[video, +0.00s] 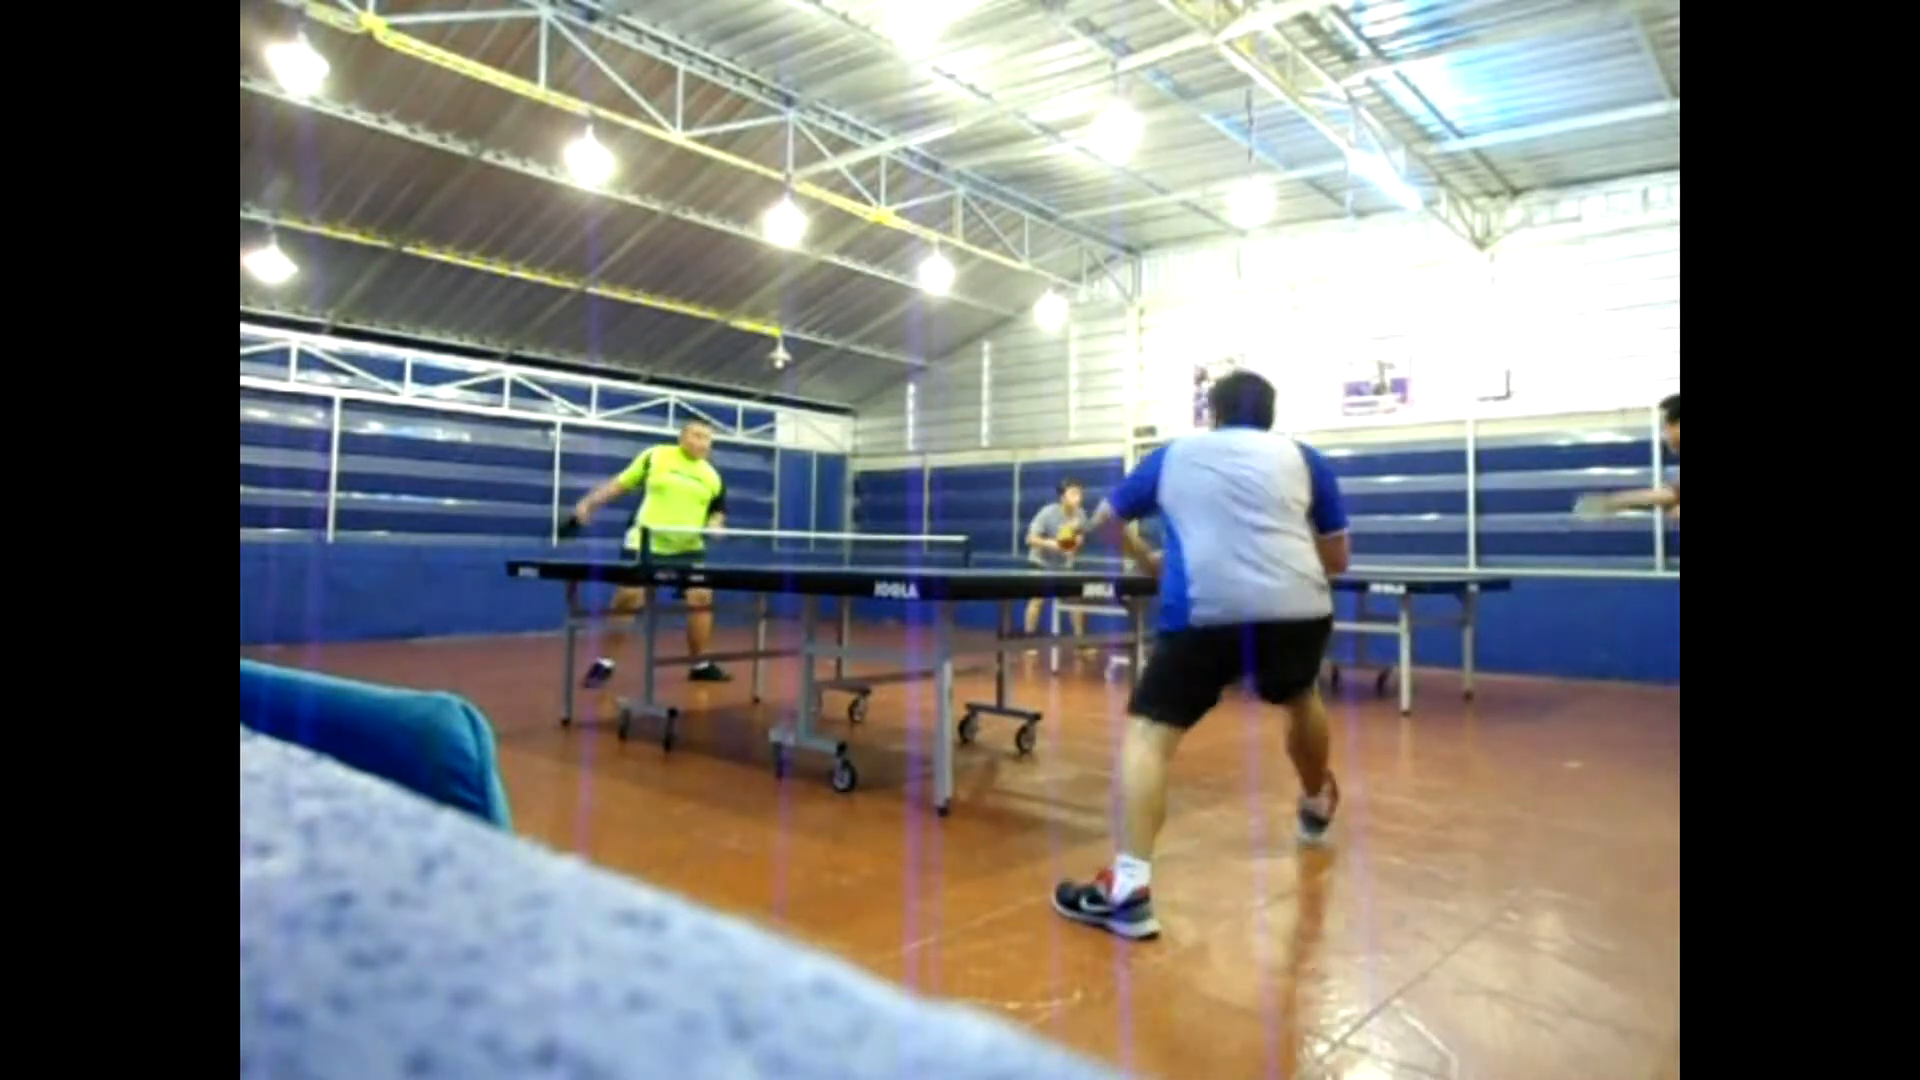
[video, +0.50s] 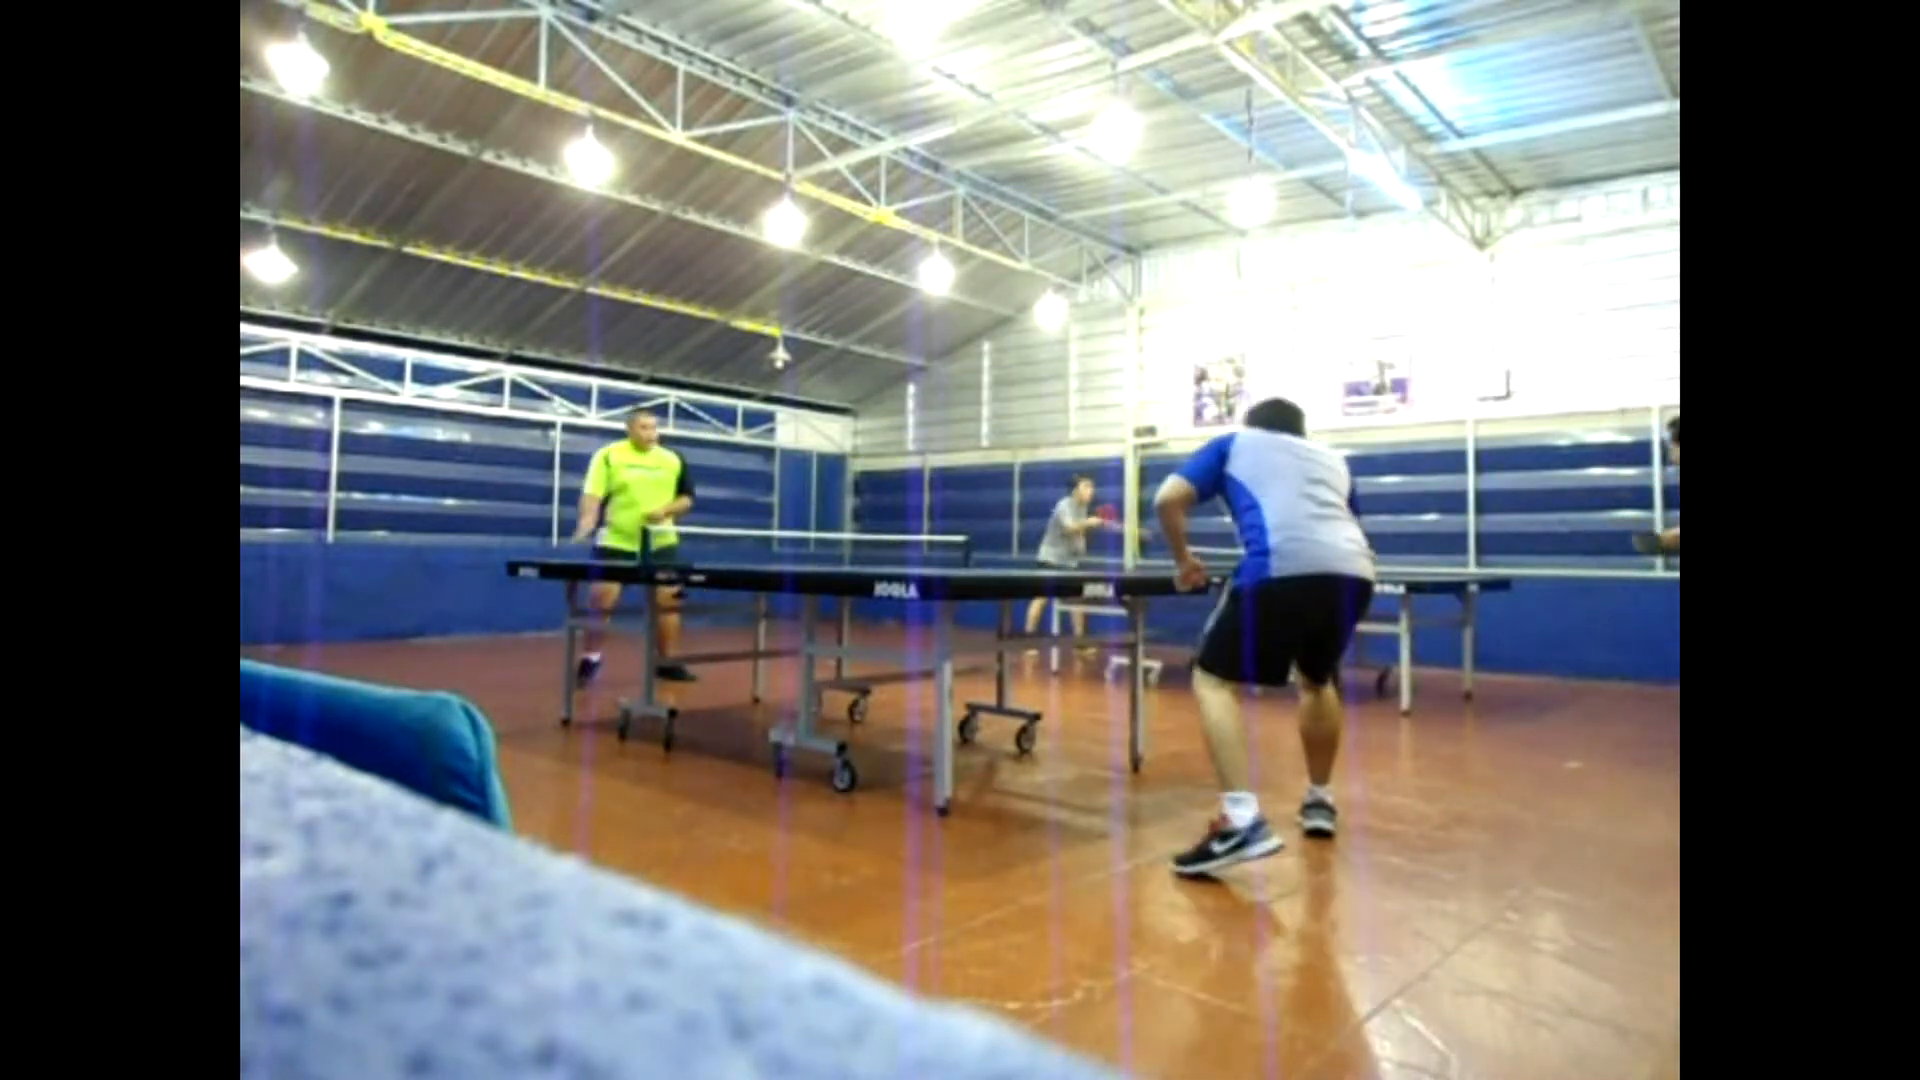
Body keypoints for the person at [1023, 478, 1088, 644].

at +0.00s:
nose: (1076, 498)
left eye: (1078, 493)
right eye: (1072, 493)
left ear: (1081, 496)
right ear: (1063, 496)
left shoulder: (1080, 515)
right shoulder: (1048, 513)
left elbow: (1082, 534)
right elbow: (1031, 537)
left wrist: (1075, 543)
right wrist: (1052, 545)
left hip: (1066, 563)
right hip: (1041, 563)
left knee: (1076, 600)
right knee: (1037, 599)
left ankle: (1080, 638)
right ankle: (1029, 636)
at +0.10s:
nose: (1080, 502)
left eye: (1082, 497)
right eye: (1076, 497)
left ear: (1084, 500)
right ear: (1066, 499)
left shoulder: (1081, 518)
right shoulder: (1051, 515)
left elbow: (1081, 537)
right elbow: (1034, 542)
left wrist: (1075, 547)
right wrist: (1057, 551)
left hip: (1065, 564)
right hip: (1042, 564)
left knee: (1077, 600)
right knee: (1040, 598)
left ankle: (1079, 639)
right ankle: (1029, 636)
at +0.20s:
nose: (1084, 506)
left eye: (1086, 502)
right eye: (1080, 501)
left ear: (1087, 504)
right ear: (1070, 503)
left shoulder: (1079, 519)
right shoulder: (1055, 517)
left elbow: (1073, 544)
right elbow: (1049, 547)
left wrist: (1085, 551)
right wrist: (1078, 551)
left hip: (1065, 564)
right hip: (1042, 564)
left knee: (1077, 600)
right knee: (1041, 597)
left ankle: (1079, 639)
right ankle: (1029, 636)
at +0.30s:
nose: (1087, 502)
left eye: (1088, 498)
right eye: (1083, 498)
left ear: (1089, 501)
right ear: (1072, 499)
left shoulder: (1079, 516)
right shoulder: (1060, 515)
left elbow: (1074, 539)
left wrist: (1077, 551)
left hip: (1065, 562)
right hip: (1044, 563)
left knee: (1076, 600)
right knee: (1042, 598)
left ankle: (1079, 639)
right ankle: (1029, 635)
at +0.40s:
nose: (1089, 496)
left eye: (1090, 492)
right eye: (1085, 491)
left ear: (1091, 495)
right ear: (1075, 493)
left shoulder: (1081, 511)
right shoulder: (1063, 510)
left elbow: (1078, 535)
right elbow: (1074, 530)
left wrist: (1080, 556)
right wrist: (1096, 527)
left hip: (1069, 561)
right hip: (1049, 561)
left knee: (1077, 601)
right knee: (1042, 598)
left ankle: (1079, 638)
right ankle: (1030, 635)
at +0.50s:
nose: (1089, 492)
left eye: (1091, 488)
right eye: (1085, 487)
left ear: (1091, 492)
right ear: (1076, 489)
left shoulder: (1082, 509)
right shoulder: (1064, 505)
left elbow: (1079, 529)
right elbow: (1069, 526)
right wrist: (1091, 522)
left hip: (1072, 560)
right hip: (1051, 559)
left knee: (1077, 600)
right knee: (1042, 596)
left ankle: (1079, 638)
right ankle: (1029, 633)